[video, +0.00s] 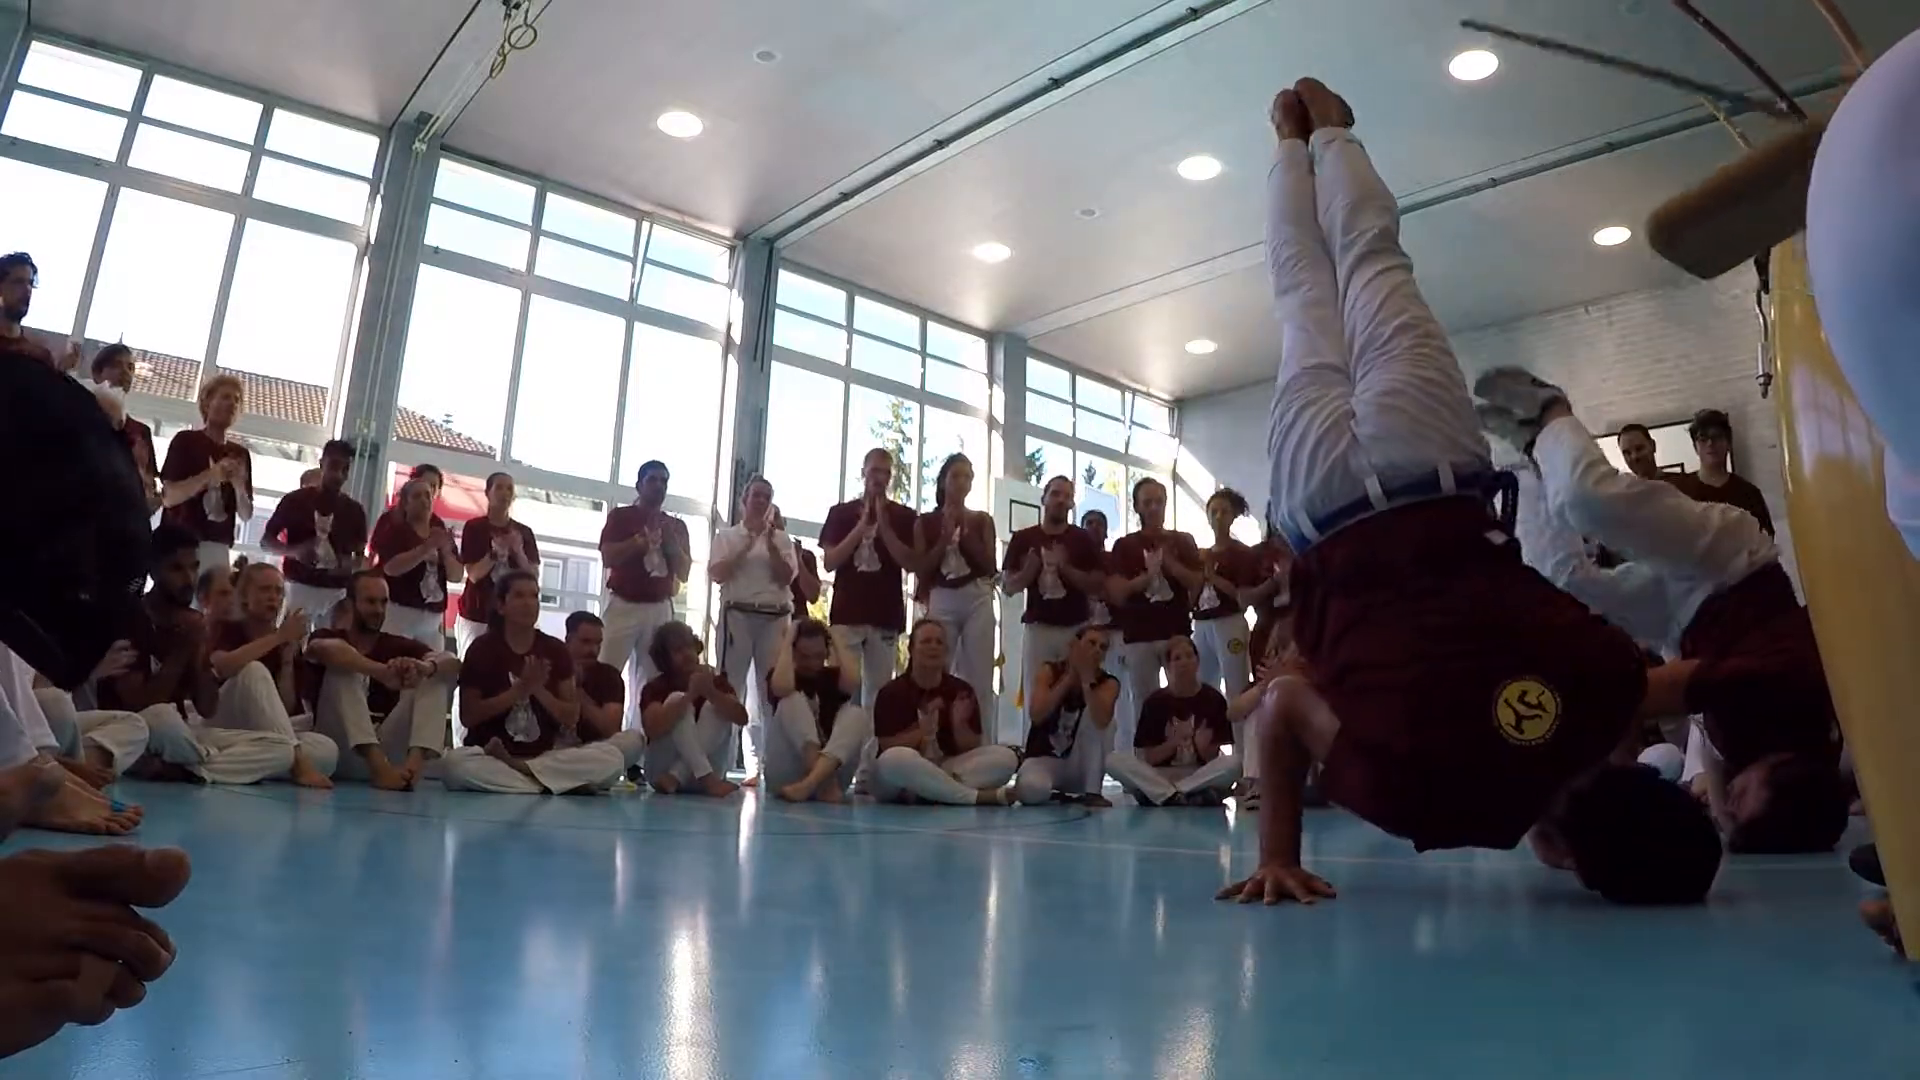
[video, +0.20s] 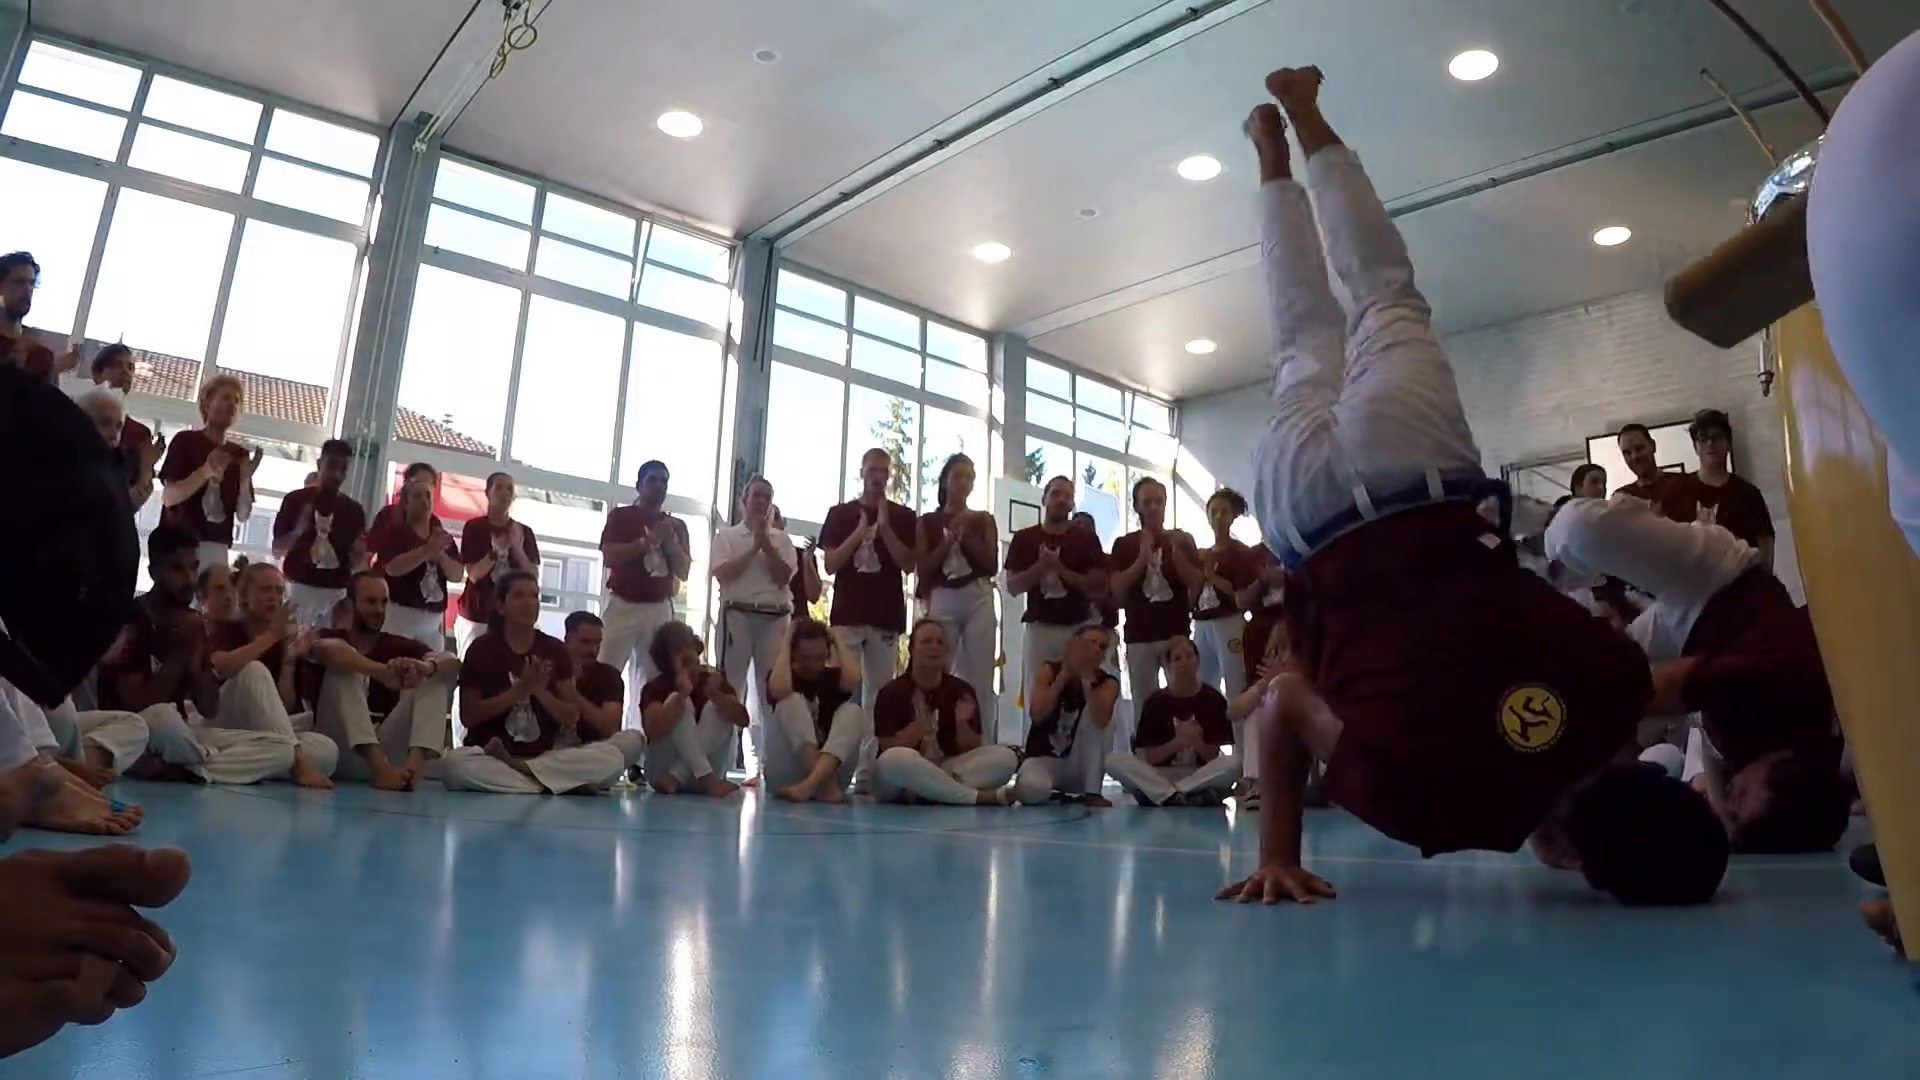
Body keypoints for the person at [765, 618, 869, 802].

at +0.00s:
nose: (812, 663)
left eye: (818, 657)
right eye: (805, 656)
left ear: (827, 654)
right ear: (793, 653)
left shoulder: (833, 677)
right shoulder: (778, 675)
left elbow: (853, 683)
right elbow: (783, 689)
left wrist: (835, 639)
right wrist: (788, 640)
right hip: (786, 777)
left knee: (856, 713)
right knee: (793, 701)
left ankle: (809, 783)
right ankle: (826, 782)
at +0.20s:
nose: (813, 665)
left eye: (819, 658)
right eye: (806, 658)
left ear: (828, 655)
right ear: (793, 656)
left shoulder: (834, 678)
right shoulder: (778, 677)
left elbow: (853, 680)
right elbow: (780, 691)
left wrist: (837, 640)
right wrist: (786, 639)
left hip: (832, 778)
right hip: (786, 776)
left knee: (852, 711)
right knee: (793, 701)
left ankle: (810, 784)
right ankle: (825, 782)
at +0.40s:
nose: (813, 667)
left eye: (819, 660)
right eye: (806, 660)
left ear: (828, 657)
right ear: (793, 658)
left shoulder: (835, 678)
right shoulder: (780, 679)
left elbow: (857, 676)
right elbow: (778, 694)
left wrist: (838, 643)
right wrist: (787, 647)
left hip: (832, 779)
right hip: (785, 777)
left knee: (852, 711)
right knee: (796, 701)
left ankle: (812, 785)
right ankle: (824, 783)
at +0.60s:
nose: (811, 664)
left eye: (818, 656)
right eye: (804, 657)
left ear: (827, 654)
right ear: (794, 656)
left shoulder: (836, 679)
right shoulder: (780, 680)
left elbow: (859, 687)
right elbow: (775, 701)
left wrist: (839, 656)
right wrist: (791, 653)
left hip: (832, 779)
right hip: (785, 777)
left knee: (851, 711)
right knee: (797, 701)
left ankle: (812, 785)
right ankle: (824, 783)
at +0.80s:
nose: (810, 655)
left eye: (814, 647)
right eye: (801, 653)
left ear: (823, 645)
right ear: (791, 658)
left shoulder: (839, 679)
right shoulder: (785, 678)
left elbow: (860, 696)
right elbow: (775, 701)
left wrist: (844, 664)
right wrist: (817, 683)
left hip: (832, 778)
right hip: (785, 776)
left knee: (846, 709)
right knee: (795, 702)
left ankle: (812, 785)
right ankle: (825, 783)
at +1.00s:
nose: (810, 651)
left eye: (813, 642)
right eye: (800, 649)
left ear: (821, 644)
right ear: (790, 656)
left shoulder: (837, 678)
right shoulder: (784, 677)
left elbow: (861, 699)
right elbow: (777, 701)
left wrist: (840, 658)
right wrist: (833, 697)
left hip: (832, 779)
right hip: (786, 777)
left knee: (845, 709)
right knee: (795, 704)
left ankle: (812, 785)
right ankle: (824, 784)